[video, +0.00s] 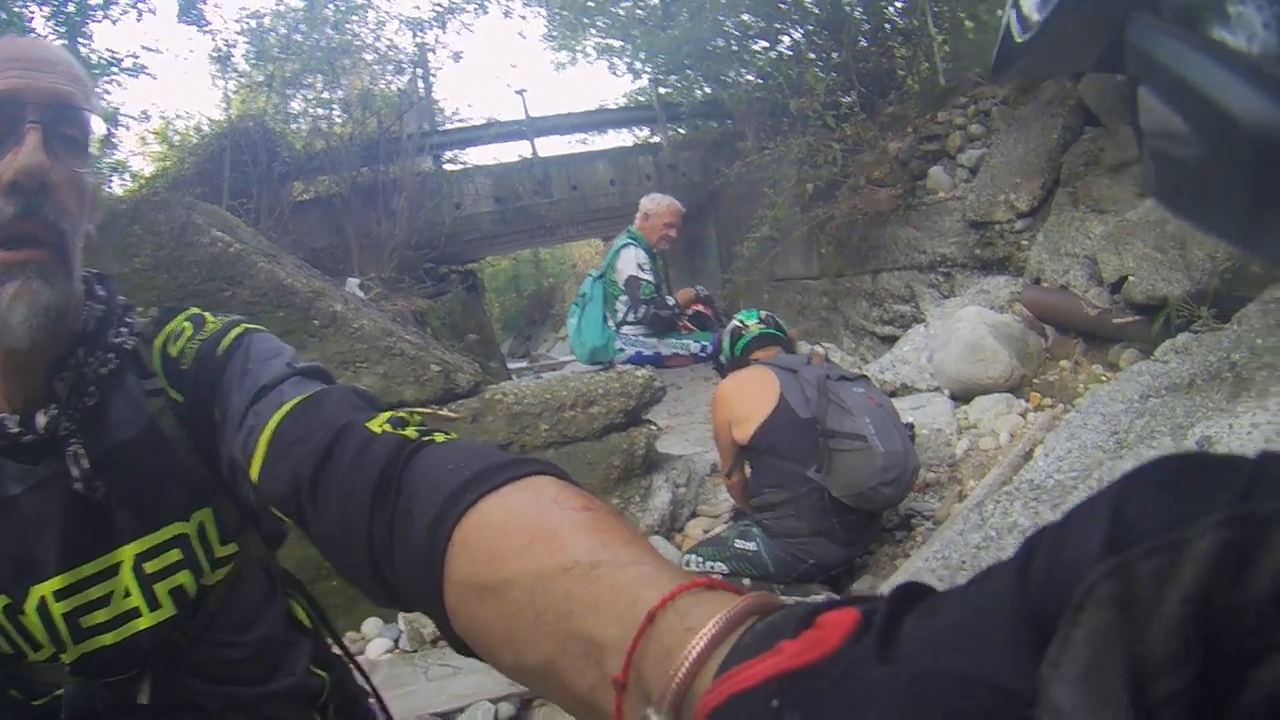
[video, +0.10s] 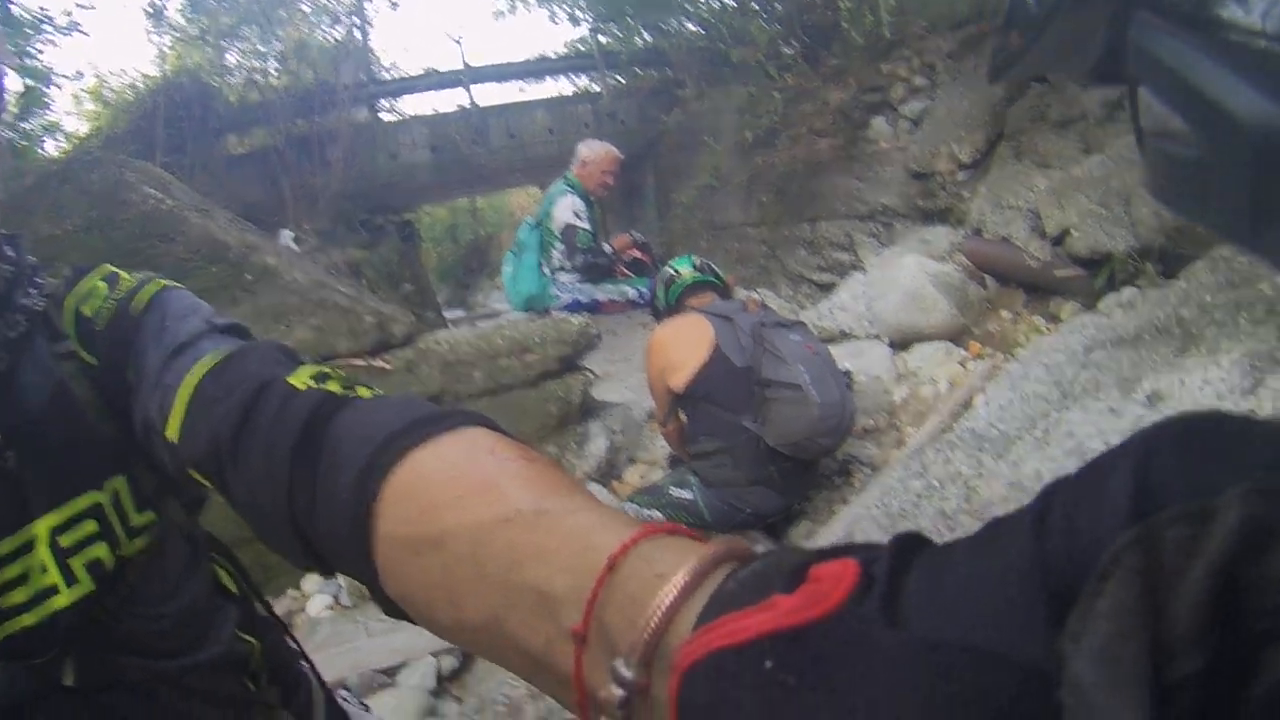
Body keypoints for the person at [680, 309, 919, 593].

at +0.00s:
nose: (721, 366)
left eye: (724, 357)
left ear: (732, 353)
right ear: (787, 343)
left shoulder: (731, 390)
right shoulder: (821, 366)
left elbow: (734, 477)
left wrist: (759, 516)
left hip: (807, 545)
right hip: (864, 528)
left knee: (694, 561)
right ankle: (835, 574)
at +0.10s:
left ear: (664, 303)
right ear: (725, 286)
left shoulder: (667, 338)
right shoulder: (757, 312)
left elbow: (668, 424)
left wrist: (695, 461)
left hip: (739, 495)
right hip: (799, 476)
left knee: (626, 519)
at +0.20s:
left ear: (626, 258)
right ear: (685, 236)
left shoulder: (625, 292)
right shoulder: (718, 265)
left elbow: (631, 376)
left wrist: (655, 414)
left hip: (709, 449)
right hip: (768, 428)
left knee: (599, 466)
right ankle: (750, 468)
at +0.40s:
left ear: (654, 257)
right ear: (714, 240)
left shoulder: (650, 293)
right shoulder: (746, 264)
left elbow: (660, 383)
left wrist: (678, 418)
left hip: (730, 453)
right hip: (790, 432)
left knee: (627, 471)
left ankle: (727, 499)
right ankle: (770, 476)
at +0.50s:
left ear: (652, 231)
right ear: (711, 214)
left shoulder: (646, 266)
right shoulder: (745, 240)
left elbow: (654, 356)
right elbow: (819, 303)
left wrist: (674, 394)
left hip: (721, 425)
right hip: (784, 408)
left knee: (621, 448)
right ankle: (768, 449)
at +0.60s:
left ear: (645, 165)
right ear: (704, 147)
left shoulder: (640, 200)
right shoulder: (741, 173)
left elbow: (648, 287)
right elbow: (815, 226)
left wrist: (665, 327)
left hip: (720, 358)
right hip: (784, 339)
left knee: (618, 380)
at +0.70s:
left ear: (673, 123)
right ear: (729, 104)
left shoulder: (665, 158)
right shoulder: (773, 130)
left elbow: (673, 246)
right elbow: (849, 181)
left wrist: (691, 284)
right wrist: (841, 256)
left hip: (745, 319)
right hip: (808, 298)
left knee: (643, 342)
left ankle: (749, 368)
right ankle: (790, 342)